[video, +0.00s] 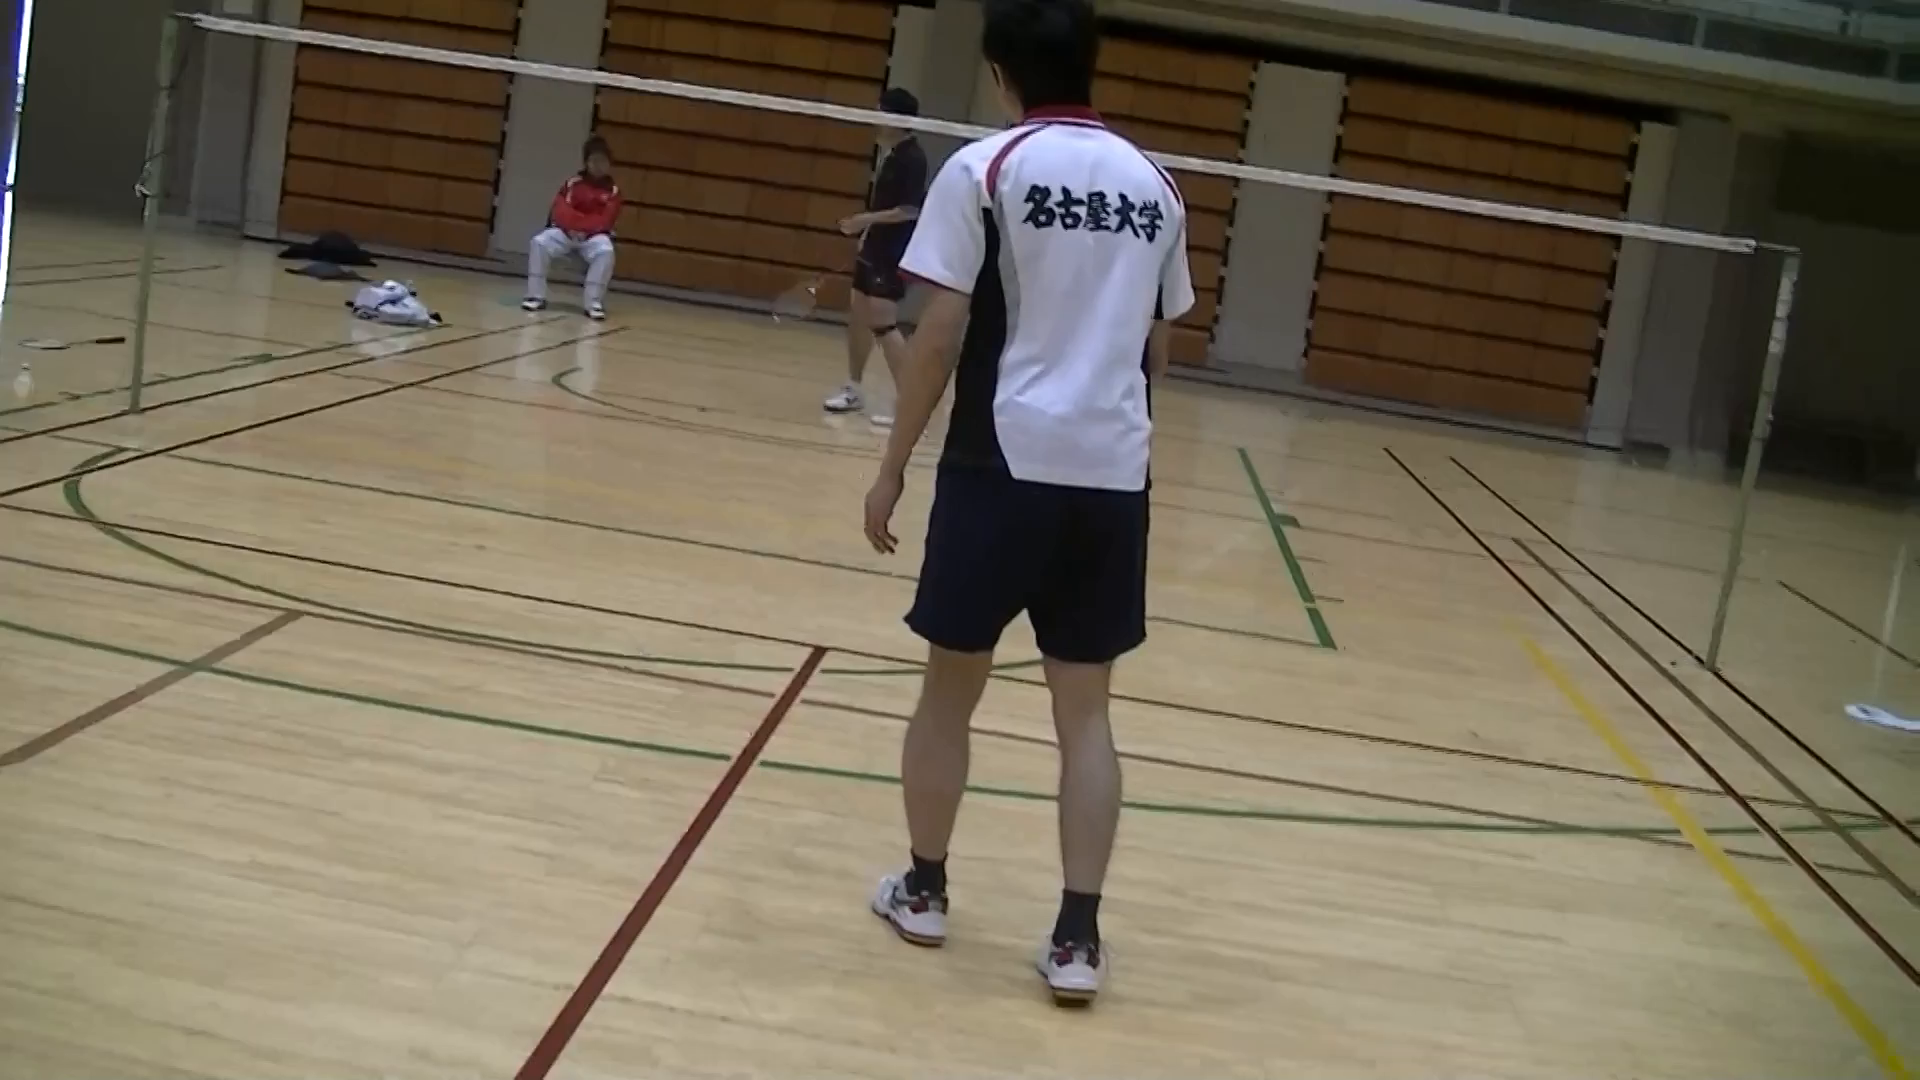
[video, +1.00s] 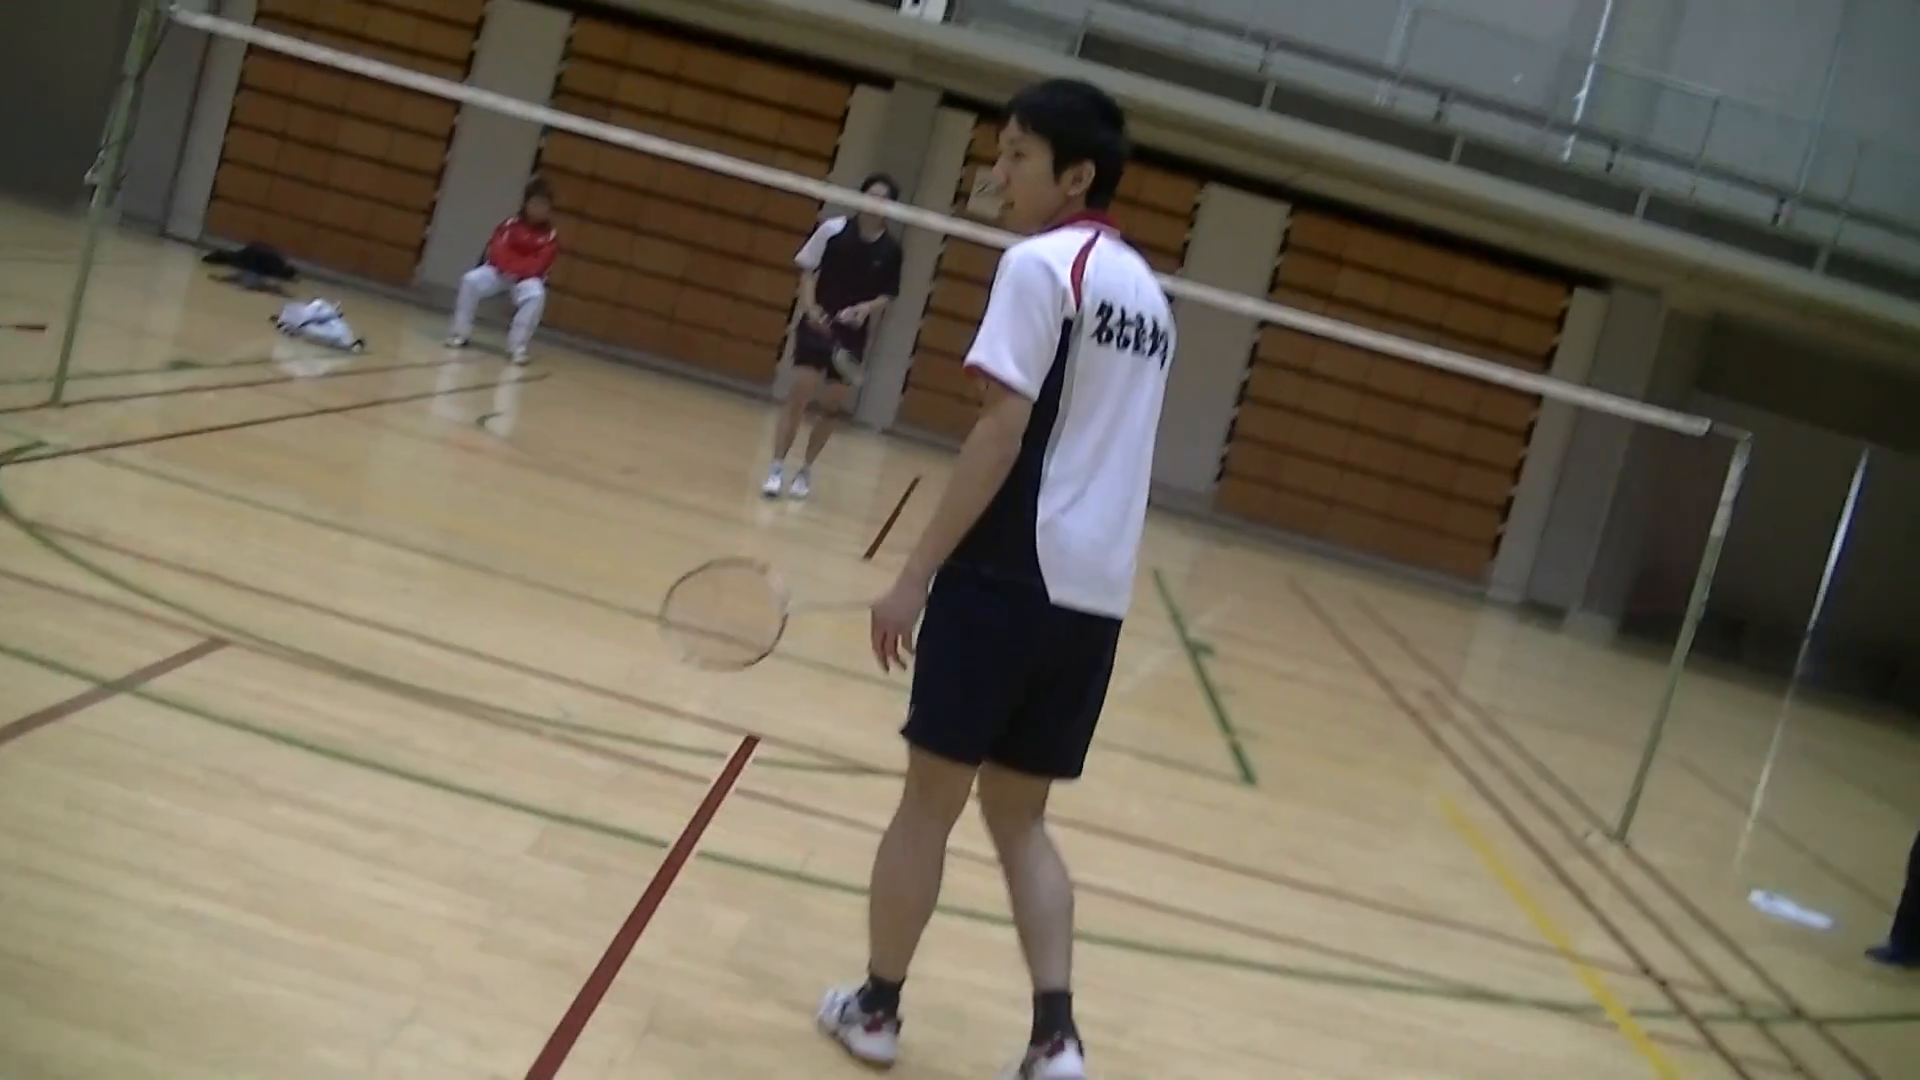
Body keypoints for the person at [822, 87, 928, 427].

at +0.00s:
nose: (876, 119)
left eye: (881, 114)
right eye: (878, 113)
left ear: (895, 120)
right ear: (898, 119)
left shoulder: (912, 157)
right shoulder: (888, 152)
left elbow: (911, 210)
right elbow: (882, 202)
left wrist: (866, 219)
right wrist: (866, 232)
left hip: (890, 252)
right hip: (871, 247)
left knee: (884, 324)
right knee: (858, 318)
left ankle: (908, 402)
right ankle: (853, 389)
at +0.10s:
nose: (896, 130)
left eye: (902, 126)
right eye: (897, 124)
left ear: (917, 133)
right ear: (904, 128)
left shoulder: (932, 170)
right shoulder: (899, 162)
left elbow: (930, 222)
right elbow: (895, 214)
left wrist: (883, 231)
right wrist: (873, 242)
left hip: (911, 264)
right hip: (887, 259)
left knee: (898, 334)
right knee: (877, 331)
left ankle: (923, 414)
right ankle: (871, 405)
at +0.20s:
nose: (921, 144)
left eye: (929, 140)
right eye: (922, 138)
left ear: (945, 147)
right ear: (921, 143)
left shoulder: (958, 186)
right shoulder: (916, 180)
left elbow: (957, 237)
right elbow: (906, 225)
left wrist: (911, 245)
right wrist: (891, 245)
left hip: (937, 278)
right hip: (908, 274)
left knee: (920, 348)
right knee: (900, 347)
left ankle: (949, 428)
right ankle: (893, 420)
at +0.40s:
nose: (940, 185)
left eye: (949, 181)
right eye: (939, 178)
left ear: (964, 189)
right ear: (934, 182)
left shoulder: (976, 228)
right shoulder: (919, 222)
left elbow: (981, 276)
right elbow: (907, 262)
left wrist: (944, 284)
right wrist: (905, 282)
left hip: (954, 318)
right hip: (920, 312)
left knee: (938, 388)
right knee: (911, 387)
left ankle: (936, 461)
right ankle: (901, 460)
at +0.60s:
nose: (924, 196)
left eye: (932, 192)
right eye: (920, 189)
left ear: (942, 201)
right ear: (911, 193)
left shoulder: (951, 241)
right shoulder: (889, 229)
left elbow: (953, 288)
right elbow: (870, 269)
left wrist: (923, 299)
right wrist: (880, 294)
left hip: (922, 325)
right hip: (886, 318)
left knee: (908, 401)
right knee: (871, 393)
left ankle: (890, 467)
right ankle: (864, 466)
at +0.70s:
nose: (898, 184)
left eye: (906, 180)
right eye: (894, 177)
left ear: (915, 188)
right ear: (884, 181)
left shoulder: (922, 230)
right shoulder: (861, 215)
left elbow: (923, 276)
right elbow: (839, 254)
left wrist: (896, 287)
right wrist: (850, 280)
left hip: (891, 313)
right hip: (853, 304)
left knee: (874, 387)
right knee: (833, 376)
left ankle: (852, 454)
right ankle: (825, 451)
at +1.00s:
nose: (875, 203)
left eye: (883, 198)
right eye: (872, 195)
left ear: (890, 207)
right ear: (861, 197)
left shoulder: (891, 250)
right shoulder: (832, 230)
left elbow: (888, 295)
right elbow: (808, 271)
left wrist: (865, 309)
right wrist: (809, 307)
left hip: (854, 330)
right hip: (818, 319)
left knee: (832, 406)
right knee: (801, 392)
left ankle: (806, 470)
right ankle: (777, 466)